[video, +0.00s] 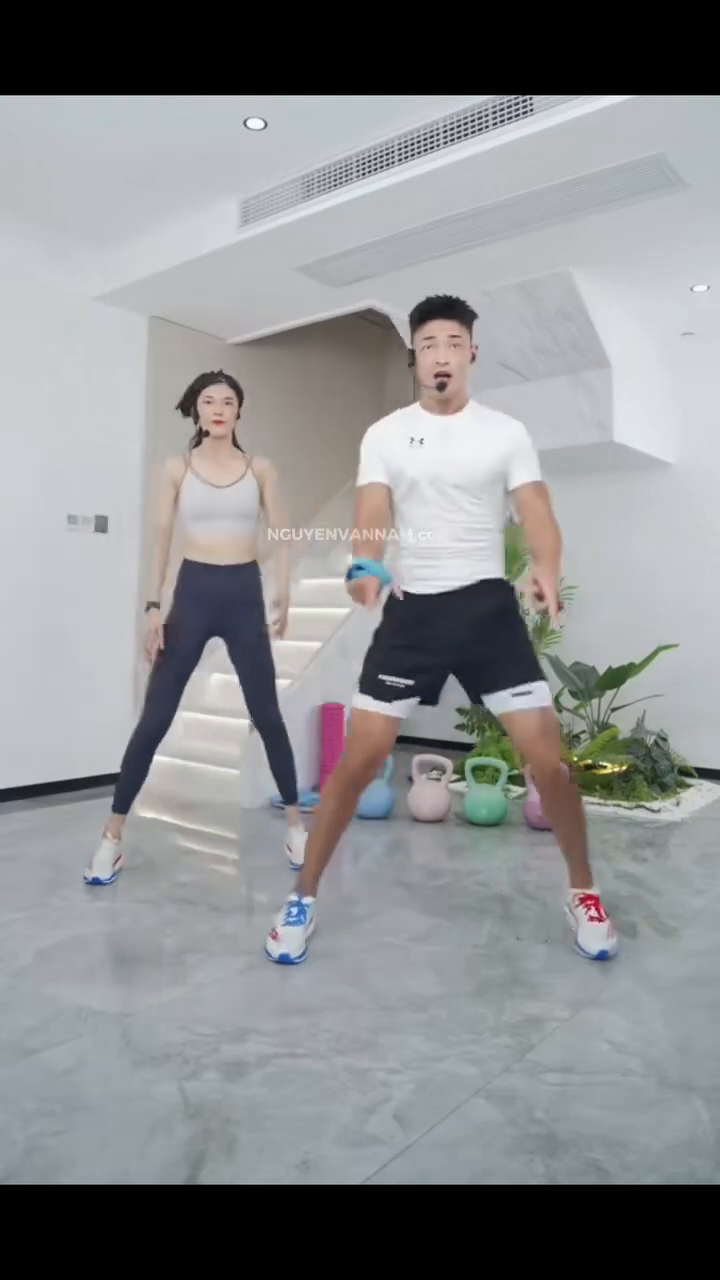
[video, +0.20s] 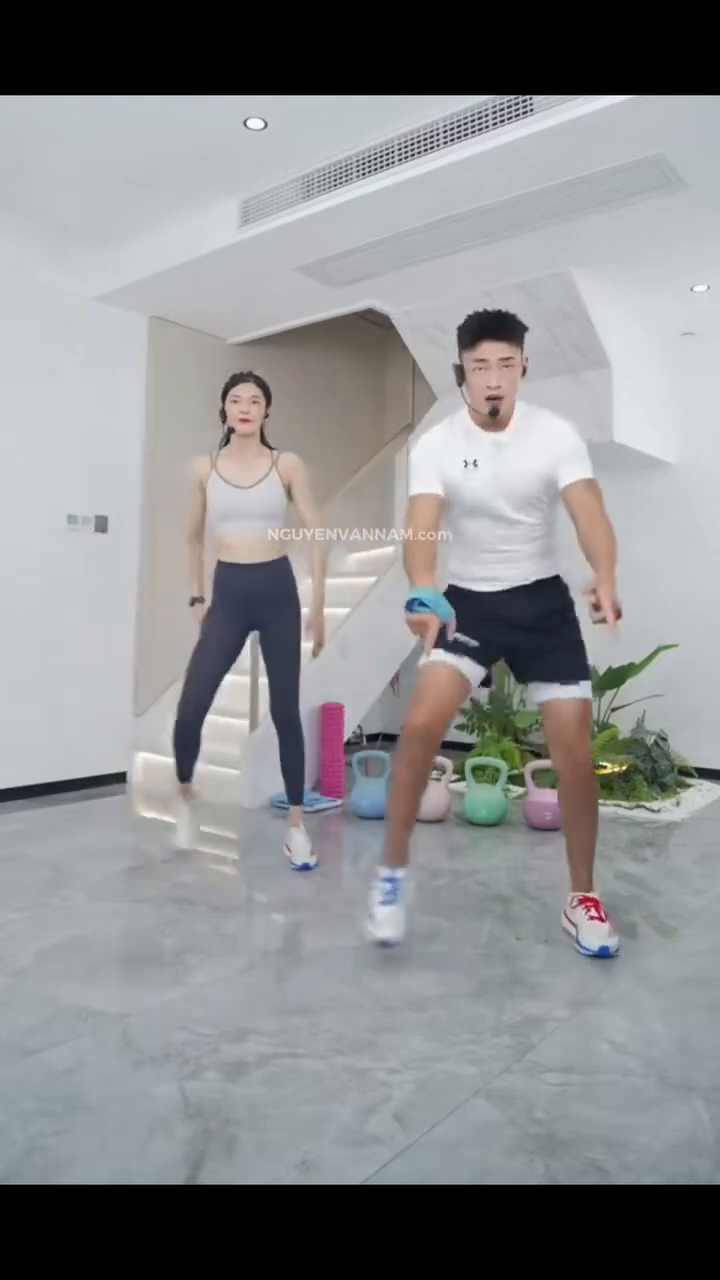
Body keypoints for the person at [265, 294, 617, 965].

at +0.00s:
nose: (440, 357)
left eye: (453, 344)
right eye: (427, 346)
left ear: (473, 355)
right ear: (413, 359)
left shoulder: (505, 433)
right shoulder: (385, 435)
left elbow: (537, 517)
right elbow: (370, 517)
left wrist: (546, 570)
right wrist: (364, 566)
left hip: (489, 612)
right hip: (410, 616)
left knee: (549, 765)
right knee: (359, 760)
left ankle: (583, 892)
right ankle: (301, 900)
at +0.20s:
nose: (493, 380)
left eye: (505, 367)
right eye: (480, 368)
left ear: (523, 370)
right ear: (461, 374)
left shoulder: (555, 436)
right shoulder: (435, 443)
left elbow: (589, 513)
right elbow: (421, 529)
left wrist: (605, 576)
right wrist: (423, 596)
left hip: (543, 606)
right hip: (463, 607)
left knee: (576, 749)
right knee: (421, 724)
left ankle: (583, 898)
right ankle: (392, 874)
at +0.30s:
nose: (514, 383)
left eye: (526, 370)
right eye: (501, 370)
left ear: (542, 372)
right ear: (480, 374)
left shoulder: (569, 440)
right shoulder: (446, 446)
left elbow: (604, 519)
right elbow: (433, 534)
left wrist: (620, 581)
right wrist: (441, 598)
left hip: (549, 602)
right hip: (473, 605)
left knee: (575, 750)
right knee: (480, 726)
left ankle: (588, 896)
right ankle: (483, 873)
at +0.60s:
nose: (512, 356)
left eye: (524, 347)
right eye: (500, 345)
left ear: (539, 363)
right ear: (481, 359)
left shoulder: (560, 441)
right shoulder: (443, 436)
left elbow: (579, 522)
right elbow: (431, 519)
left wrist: (580, 585)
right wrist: (441, 577)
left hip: (537, 615)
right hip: (461, 612)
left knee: (571, 778)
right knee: (408, 743)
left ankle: (583, 899)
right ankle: (431, 879)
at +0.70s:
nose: (481, 332)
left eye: (492, 323)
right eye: (469, 323)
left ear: (510, 341)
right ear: (451, 341)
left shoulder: (537, 421)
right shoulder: (417, 418)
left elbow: (551, 511)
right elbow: (402, 508)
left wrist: (547, 574)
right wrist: (413, 558)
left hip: (512, 602)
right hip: (434, 602)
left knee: (551, 760)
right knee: (375, 744)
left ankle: (582, 897)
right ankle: (340, 896)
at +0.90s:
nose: (412, 349)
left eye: (424, 339)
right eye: (401, 340)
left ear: (445, 356)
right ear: (384, 359)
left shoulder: (469, 442)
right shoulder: (349, 439)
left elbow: (500, 527)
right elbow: (310, 516)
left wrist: (501, 592)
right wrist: (306, 573)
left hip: (447, 626)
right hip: (363, 625)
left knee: (520, 774)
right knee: (317, 773)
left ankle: (560, 894)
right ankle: (293, 919)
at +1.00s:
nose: (389, 347)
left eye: (402, 336)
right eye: (377, 337)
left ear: (423, 351)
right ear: (362, 355)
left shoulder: (451, 439)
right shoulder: (326, 435)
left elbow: (497, 527)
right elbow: (271, 520)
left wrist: (486, 594)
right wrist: (269, 600)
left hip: (429, 617)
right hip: (345, 619)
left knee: (499, 752)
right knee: (303, 762)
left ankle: (498, 868)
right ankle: (292, 919)